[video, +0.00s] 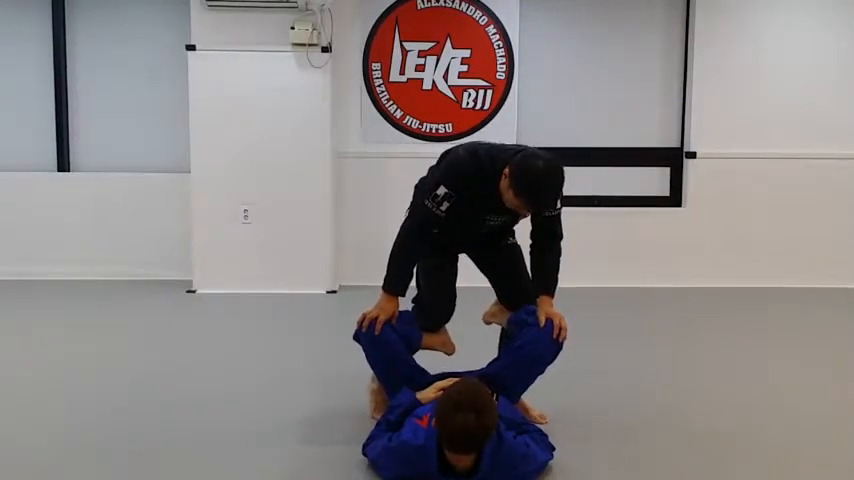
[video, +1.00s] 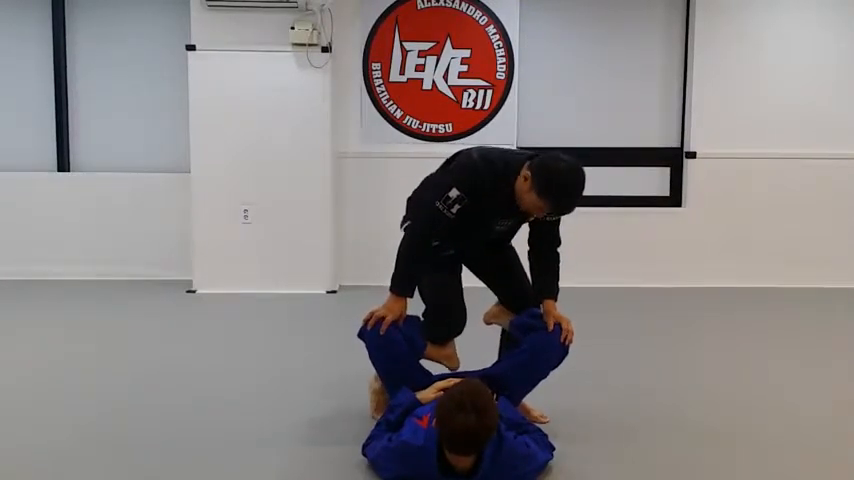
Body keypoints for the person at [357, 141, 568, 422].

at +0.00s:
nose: (522, 215)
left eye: (529, 211)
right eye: (518, 206)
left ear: (547, 194)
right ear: (506, 177)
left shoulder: (545, 181)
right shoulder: (462, 165)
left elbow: (547, 239)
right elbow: (413, 228)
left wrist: (546, 299)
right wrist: (390, 296)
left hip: (491, 231)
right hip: (439, 230)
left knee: (525, 304)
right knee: (436, 311)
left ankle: (508, 392)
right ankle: (385, 373)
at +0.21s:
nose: (523, 216)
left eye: (531, 212)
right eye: (520, 207)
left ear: (548, 197)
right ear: (508, 178)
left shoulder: (546, 184)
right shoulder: (464, 166)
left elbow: (547, 241)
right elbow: (414, 229)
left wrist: (546, 300)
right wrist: (393, 297)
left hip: (492, 233)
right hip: (440, 232)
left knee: (525, 307)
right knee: (441, 317)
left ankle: (508, 393)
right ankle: (387, 372)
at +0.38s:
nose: (530, 216)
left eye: (537, 211)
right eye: (526, 206)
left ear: (553, 197)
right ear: (514, 177)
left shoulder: (549, 187)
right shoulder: (467, 167)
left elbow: (547, 243)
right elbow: (416, 228)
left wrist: (548, 301)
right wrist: (394, 296)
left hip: (491, 236)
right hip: (441, 235)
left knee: (527, 306)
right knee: (447, 318)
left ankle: (507, 394)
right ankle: (388, 373)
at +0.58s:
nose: (534, 217)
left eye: (543, 213)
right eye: (532, 208)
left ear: (557, 198)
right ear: (520, 178)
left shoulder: (549, 187)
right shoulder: (471, 169)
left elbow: (547, 244)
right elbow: (418, 225)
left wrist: (548, 301)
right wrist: (396, 296)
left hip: (490, 240)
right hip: (440, 237)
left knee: (529, 305)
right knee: (449, 325)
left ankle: (508, 395)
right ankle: (388, 376)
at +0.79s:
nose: (538, 217)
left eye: (547, 213)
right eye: (537, 208)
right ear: (525, 178)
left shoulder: (550, 185)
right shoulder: (474, 170)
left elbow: (545, 243)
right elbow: (421, 227)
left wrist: (548, 301)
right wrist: (398, 297)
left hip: (486, 238)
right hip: (438, 233)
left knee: (526, 306)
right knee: (450, 324)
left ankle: (508, 395)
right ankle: (389, 376)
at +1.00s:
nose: (539, 217)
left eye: (547, 214)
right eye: (538, 209)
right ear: (526, 179)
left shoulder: (549, 187)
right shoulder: (474, 171)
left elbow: (545, 244)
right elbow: (420, 227)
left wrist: (549, 302)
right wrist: (398, 297)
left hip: (485, 238)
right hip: (437, 234)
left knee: (526, 307)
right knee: (447, 325)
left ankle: (508, 395)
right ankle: (388, 377)